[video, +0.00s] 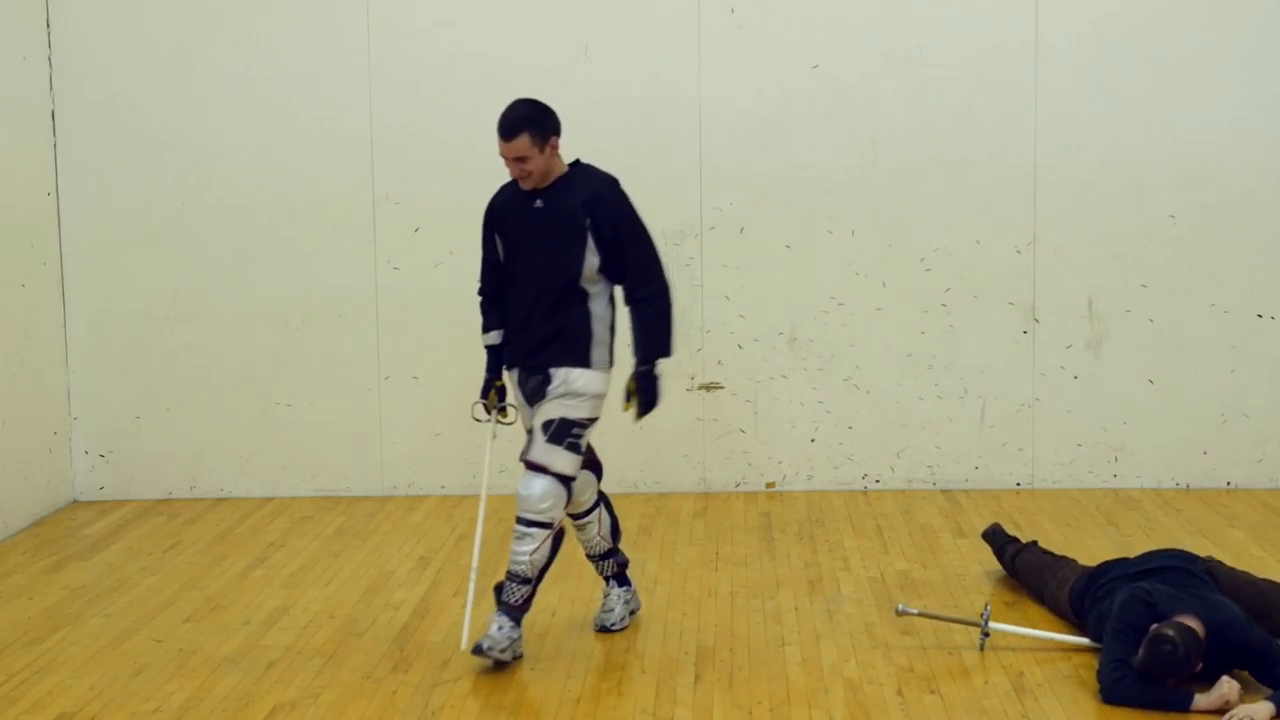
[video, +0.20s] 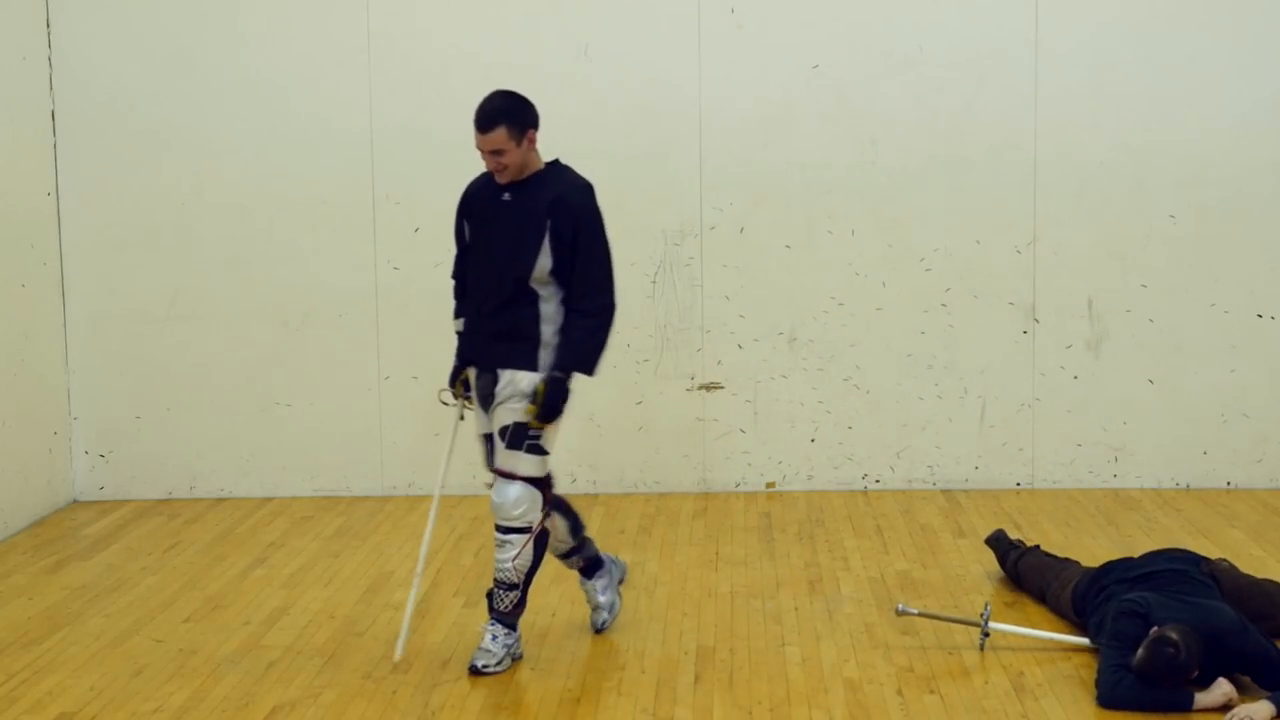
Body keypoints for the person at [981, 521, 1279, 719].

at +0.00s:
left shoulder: (1228, 623)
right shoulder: (1127, 614)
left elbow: (1279, 671)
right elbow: (1114, 687)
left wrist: (1271, 706)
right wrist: (1200, 702)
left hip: (1182, 568)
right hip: (1103, 583)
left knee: (1276, 598)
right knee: (1048, 570)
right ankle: (1007, 546)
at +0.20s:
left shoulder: (1227, 628)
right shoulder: (1122, 624)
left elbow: (1279, 678)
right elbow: (1111, 691)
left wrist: (1272, 705)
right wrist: (1199, 700)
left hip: (1182, 568)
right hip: (1104, 583)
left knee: (1276, 603)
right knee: (1050, 572)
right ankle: (1010, 551)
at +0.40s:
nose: (1129, 663)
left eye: (1137, 667)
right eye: (1136, 659)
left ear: (1192, 669)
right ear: (1147, 639)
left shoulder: (1224, 629)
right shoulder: (1123, 623)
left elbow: (1278, 678)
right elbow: (1109, 691)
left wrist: (1270, 705)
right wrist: (1198, 702)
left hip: (1181, 568)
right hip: (1104, 583)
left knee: (1275, 603)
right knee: (1049, 572)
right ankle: (1009, 551)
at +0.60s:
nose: (1132, 661)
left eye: (1137, 664)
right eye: (1138, 658)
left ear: (1193, 669)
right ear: (1149, 641)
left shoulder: (1224, 629)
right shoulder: (1124, 625)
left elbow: (1278, 676)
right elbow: (1110, 692)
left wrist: (1271, 705)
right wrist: (1199, 703)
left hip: (1181, 568)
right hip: (1104, 584)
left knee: (1275, 604)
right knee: (1047, 572)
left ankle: (1219, 574)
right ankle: (1009, 551)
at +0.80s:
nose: (1131, 659)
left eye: (1137, 663)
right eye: (1138, 656)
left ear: (1193, 670)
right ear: (1152, 640)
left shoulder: (1225, 630)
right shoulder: (1123, 626)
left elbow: (1278, 677)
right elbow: (1110, 691)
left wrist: (1270, 705)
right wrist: (1199, 703)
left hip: (1182, 570)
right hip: (1104, 584)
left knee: (1275, 604)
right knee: (1049, 572)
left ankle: (1222, 576)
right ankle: (1010, 551)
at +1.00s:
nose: (1131, 660)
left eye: (1136, 664)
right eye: (1137, 657)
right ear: (1154, 637)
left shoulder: (1226, 630)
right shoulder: (1123, 626)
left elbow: (1279, 677)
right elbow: (1110, 691)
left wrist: (1270, 705)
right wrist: (1198, 703)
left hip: (1182, 570)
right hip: (1104, 585)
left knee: (1275, 603)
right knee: (1047, 571)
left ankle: (1222, 575)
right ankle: (1009, 550)